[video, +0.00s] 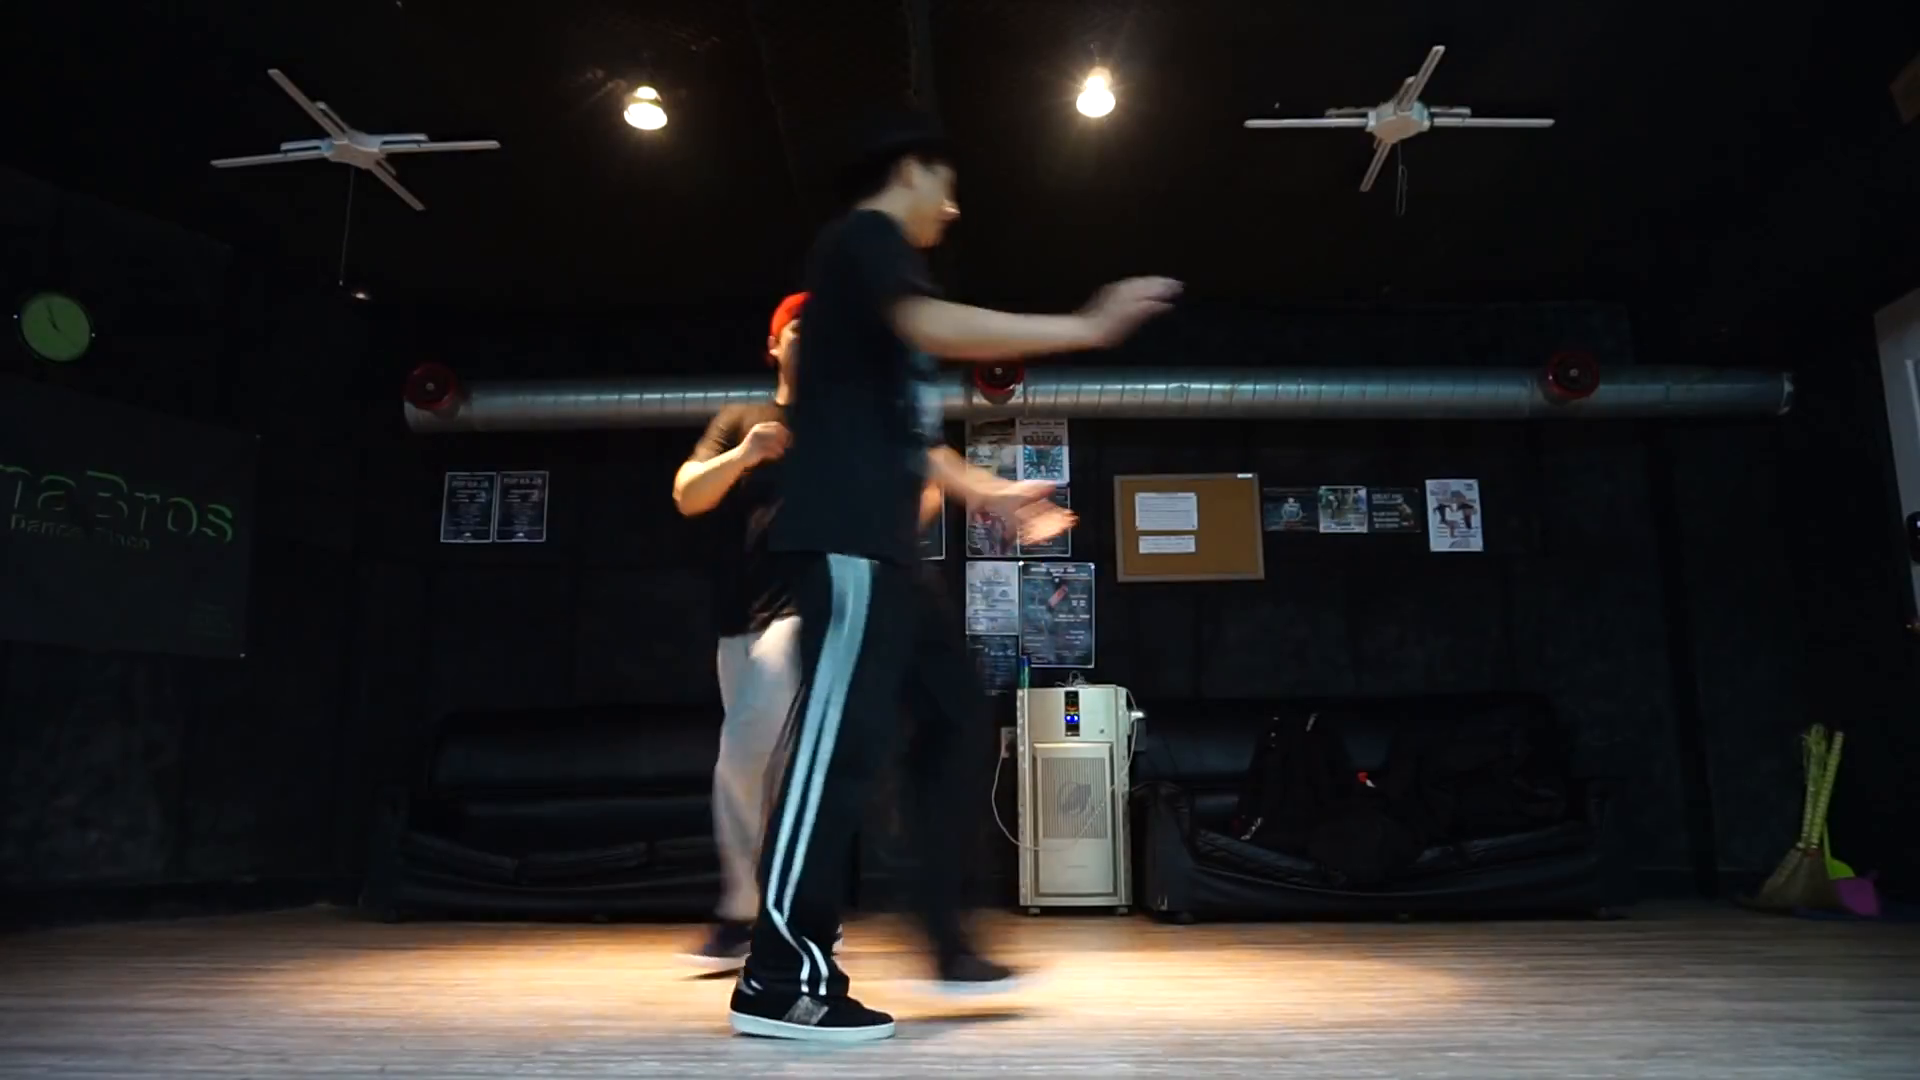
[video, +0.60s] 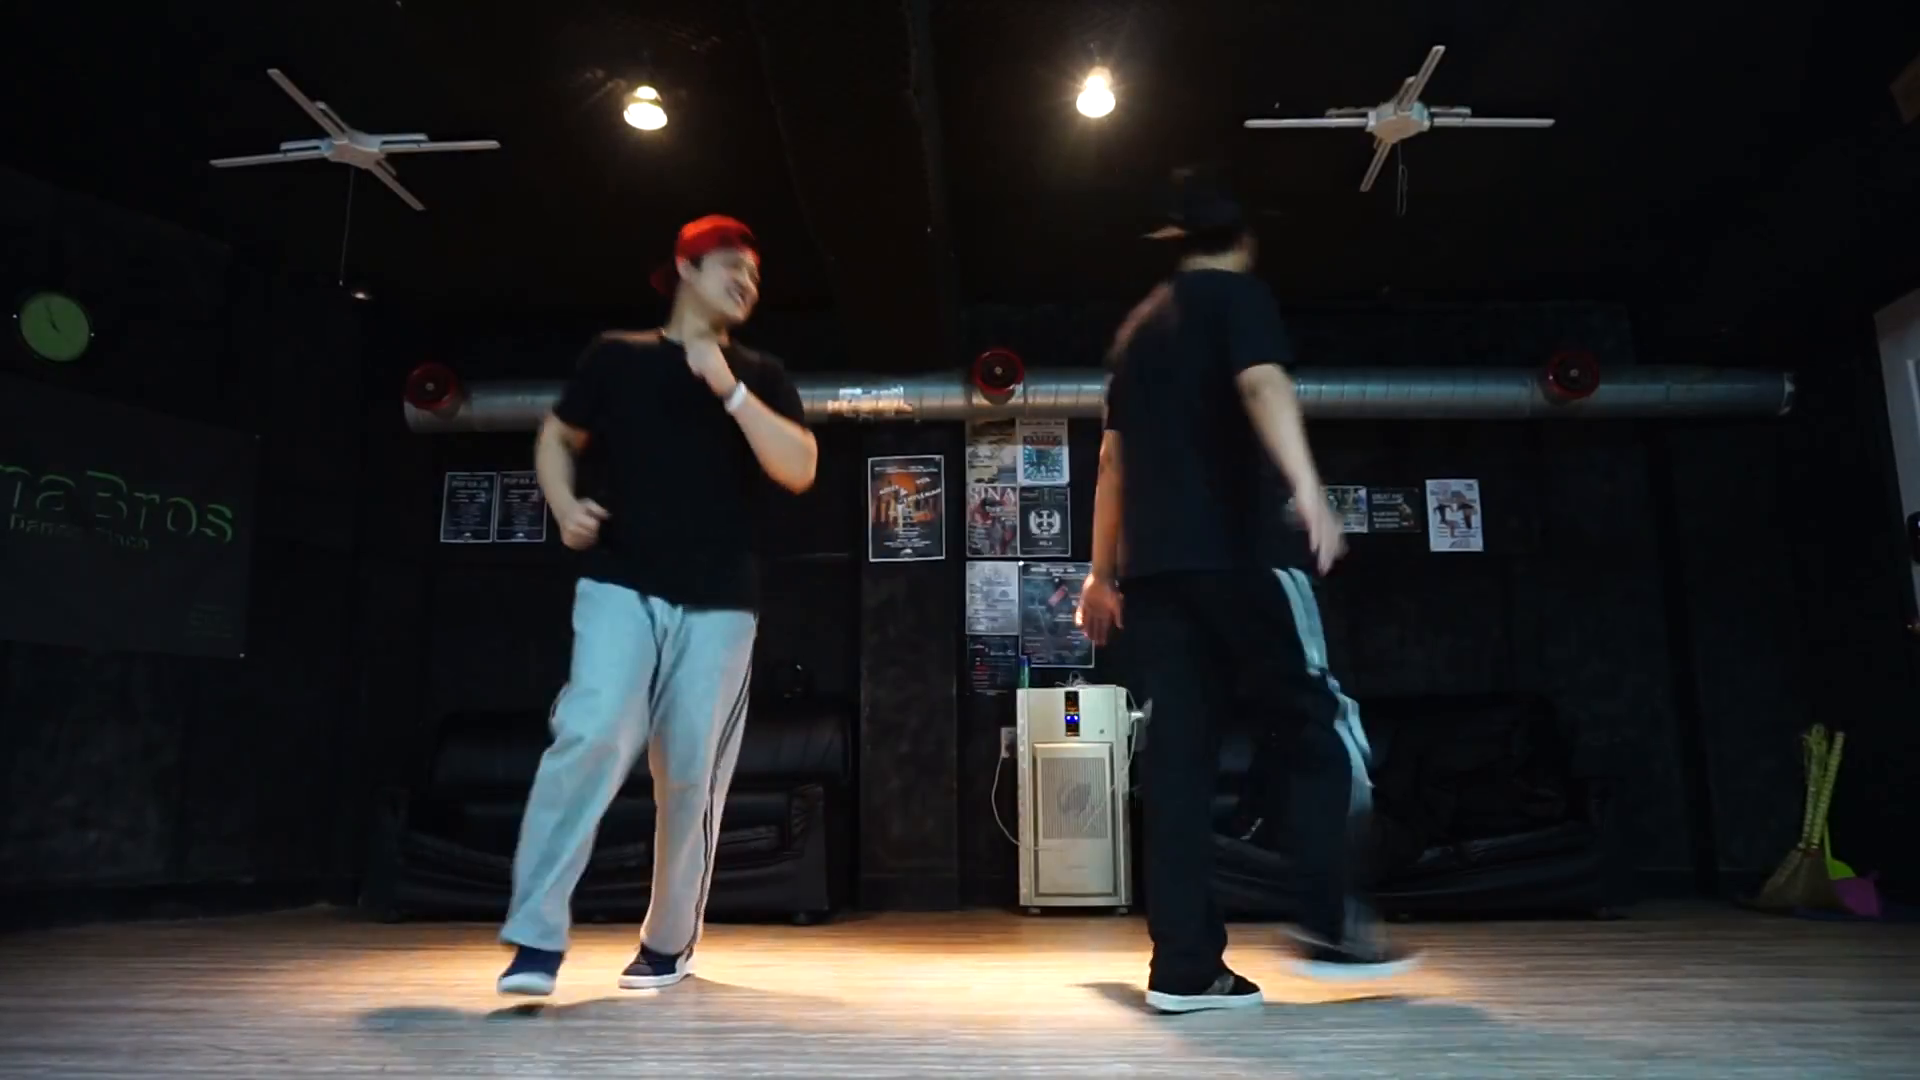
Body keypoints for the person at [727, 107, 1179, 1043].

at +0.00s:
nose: (952, 201)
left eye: (951, 184)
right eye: (944, 181)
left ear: (903, 176)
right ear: (907, 172)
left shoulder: (875, 271)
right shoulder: (864, 238)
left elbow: (905, 443)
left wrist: (997, 496)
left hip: (886, 547)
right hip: (848, 547)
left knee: (954, 720)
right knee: (831, 747)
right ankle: (783, 975)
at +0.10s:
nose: (1003, 218)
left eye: (1002, 201)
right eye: (995, 198)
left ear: (947, 197)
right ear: (962, 191)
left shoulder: (927, 281)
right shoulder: (936, 254)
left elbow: (969, 442)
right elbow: (1015, 365)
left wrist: (1084, 465)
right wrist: (1150, 373)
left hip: (937, 564)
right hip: (906, 562)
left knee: (1009, 758)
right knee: (858, 759)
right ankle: (784, 973)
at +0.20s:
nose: (1061, 230)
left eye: (1057, 215)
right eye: (1051, 216)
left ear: (993, 222)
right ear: (1020, 217)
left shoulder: (970, 298)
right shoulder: (1012, 281)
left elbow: (1030, 454)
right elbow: (1088, 402)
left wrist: (1147, 456)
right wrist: (1153, 458)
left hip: (1003, 566)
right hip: (980, 562)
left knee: (1075, 764)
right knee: (927, 750)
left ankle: (1173, 960)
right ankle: (798, 959)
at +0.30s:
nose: (1119, 247)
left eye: (1114, 233)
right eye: (1111, 233)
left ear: (1044, 242)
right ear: (1090, 235)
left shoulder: (1024, 313)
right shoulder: (1086, 293)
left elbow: (1062, 470)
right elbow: (1152, 416)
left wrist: (1174, 517)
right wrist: (1216, 508)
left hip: (1048, 555)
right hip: (1064, 555)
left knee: (1133, 756)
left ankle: (1186, 964)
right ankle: (873, 912)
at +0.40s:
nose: (1168, 243)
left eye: (1163, 231)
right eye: (1165, 230)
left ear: (1090, 239)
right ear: (1152, 233)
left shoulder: (1068, 317)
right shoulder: (1147, 297)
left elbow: (1095, 468)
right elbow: (1196, 410)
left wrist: (1169, 572)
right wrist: (1254, 533)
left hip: (1079, 568)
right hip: (1129, 566)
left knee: (1154, 751)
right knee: (1184, 738)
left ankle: (1186, 966)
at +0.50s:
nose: (1208, 238)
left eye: (1199, 228)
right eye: (1206, 227)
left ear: (1133, 235)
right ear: (1196, 228)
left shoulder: (1105, 312)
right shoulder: (1192, 290)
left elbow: (1113, 443)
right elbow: (1229, 400)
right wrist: (1283, 518)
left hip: (1118, 560)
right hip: (1188, 551)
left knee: (1165, 750)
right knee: (1277, 723)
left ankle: (1183, 965)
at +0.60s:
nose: (1252, 251)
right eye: (1250, 239)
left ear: (1175, 242)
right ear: (1243, 238)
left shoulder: (1138, 326)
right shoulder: (1237, 297)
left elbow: (1114, 461)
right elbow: (1262, 385)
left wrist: (1102, 569)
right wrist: (1311, 492)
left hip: (1156, 574)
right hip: (1243, 564)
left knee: (1176, 760)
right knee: (1323, 727)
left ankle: (1184, 965)